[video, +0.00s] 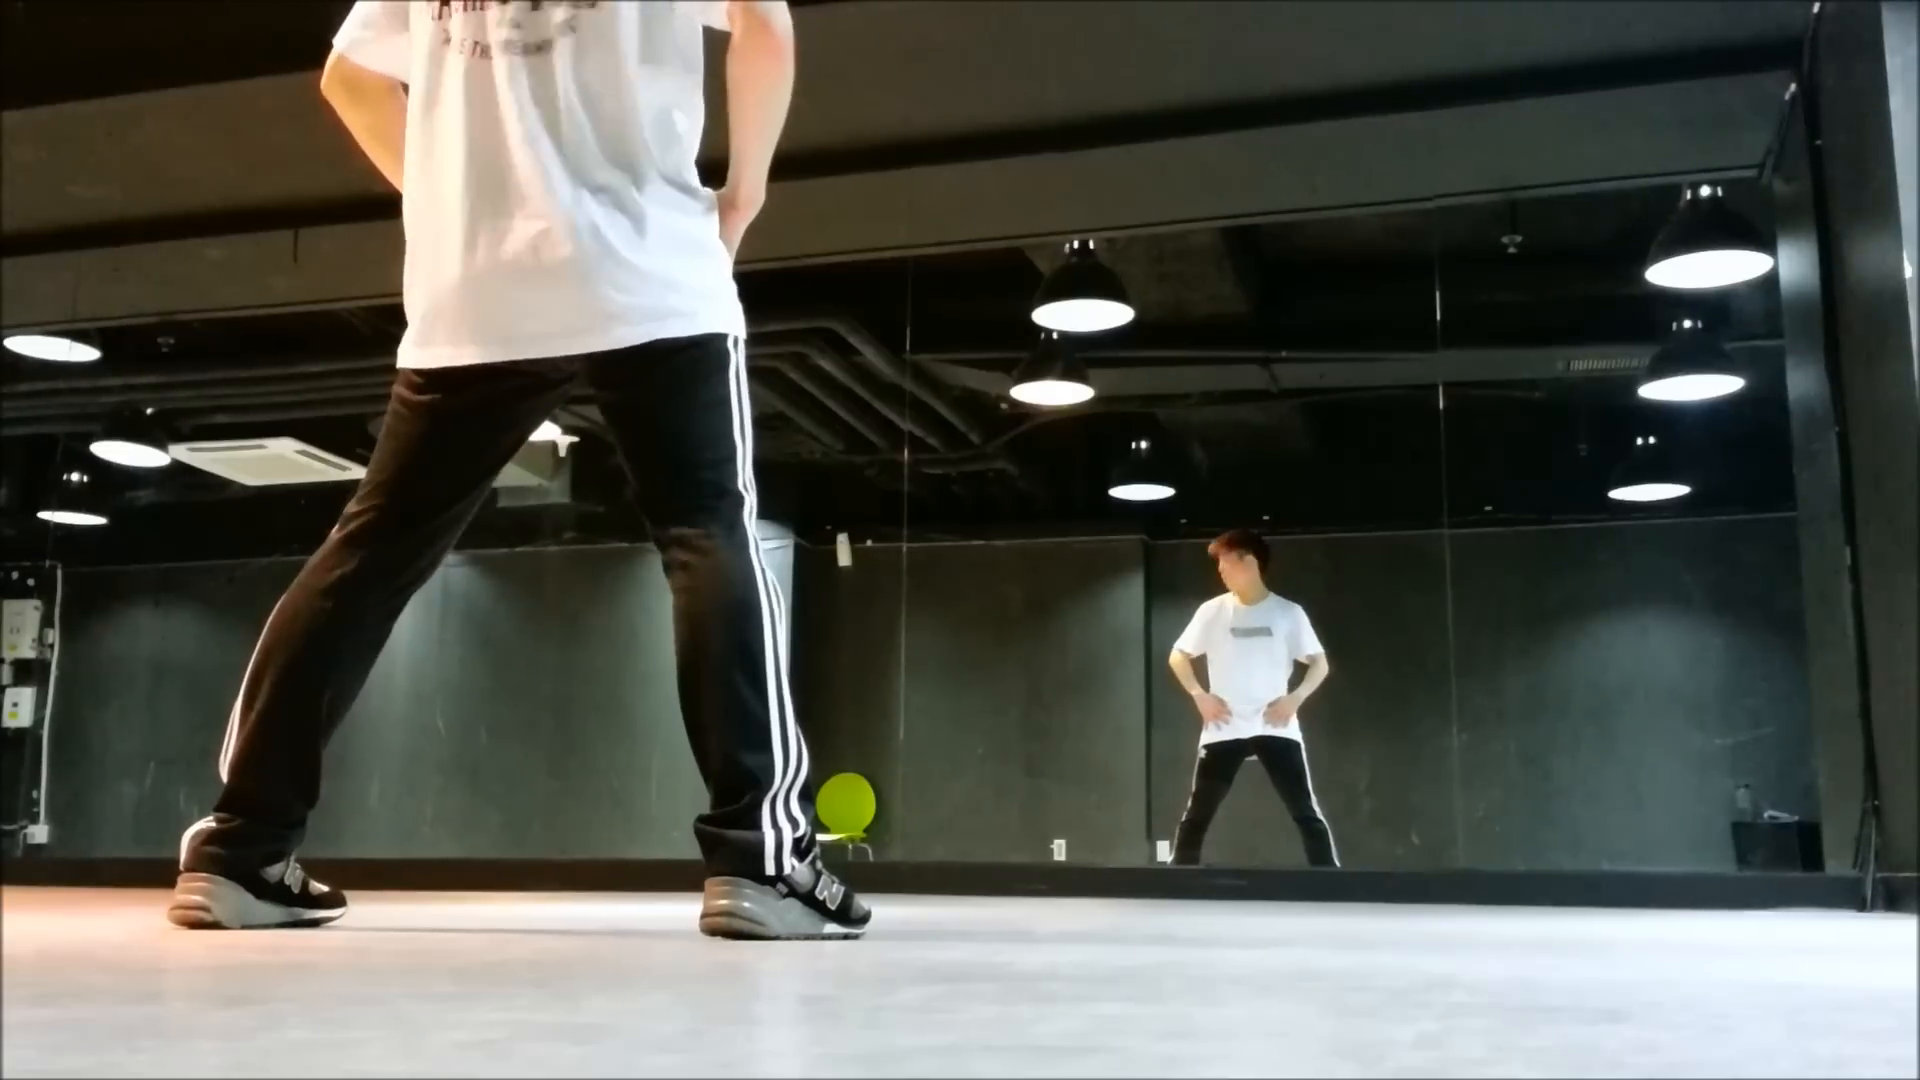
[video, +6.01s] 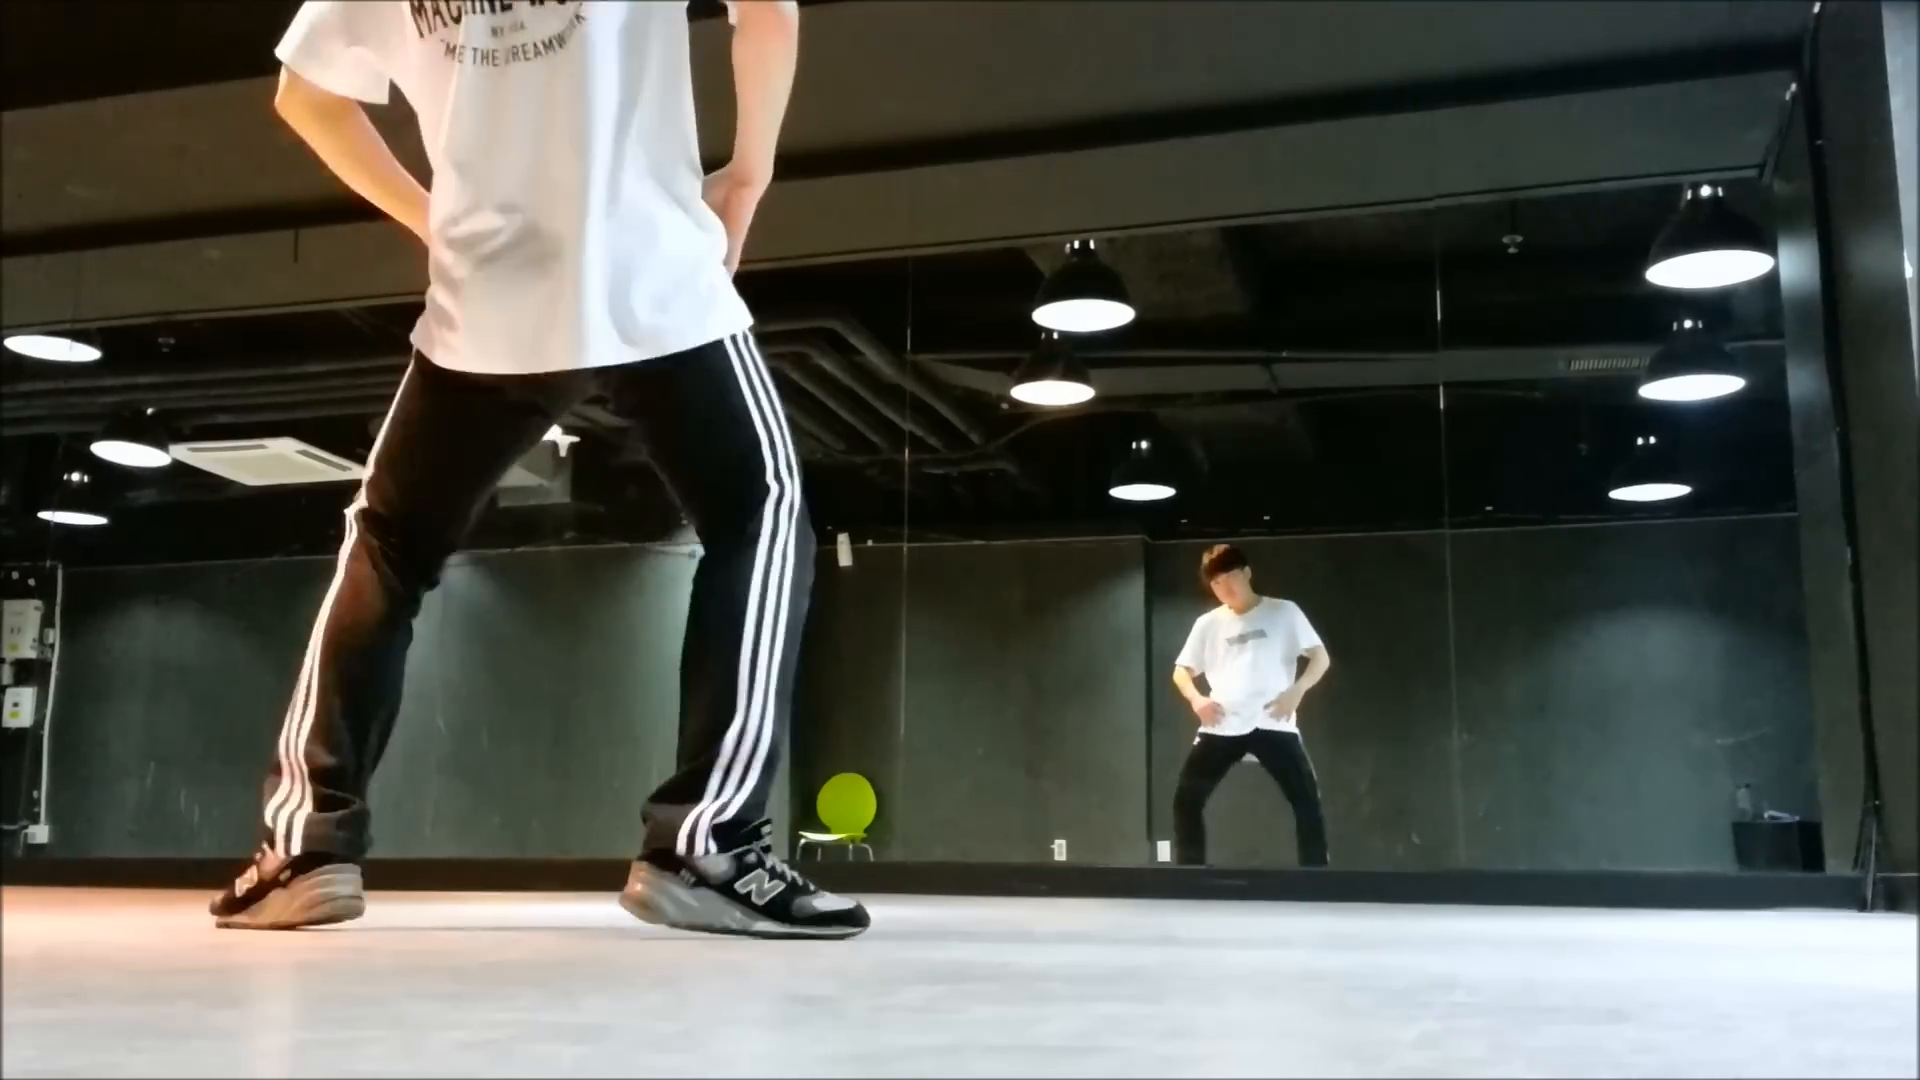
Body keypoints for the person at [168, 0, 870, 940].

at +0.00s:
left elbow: (353, 75)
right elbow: (762, 24)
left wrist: (461, 200)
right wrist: (746, 183)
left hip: (474, 261)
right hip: (650, 260)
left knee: (371, 551)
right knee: (710, 541)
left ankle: (238, 845)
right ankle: (762, 856)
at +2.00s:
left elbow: (376, 81)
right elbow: (771, 48)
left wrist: (476, 207)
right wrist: (767, 204)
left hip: (495, 275)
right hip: (663, 274)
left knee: (380, 555)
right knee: (726, 545)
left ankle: (240, 844)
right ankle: (758, 851)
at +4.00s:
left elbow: (350, 69)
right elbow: (754, 22)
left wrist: (458, 198)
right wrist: (758, 190)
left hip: (482, 254)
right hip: (655, 251)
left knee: (370, 551)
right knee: (710, 539)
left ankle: (238, 848)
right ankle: (760, 856)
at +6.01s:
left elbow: (306, 92)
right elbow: (766, 11)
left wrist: (431, 216)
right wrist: (746, 174)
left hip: (485, 280)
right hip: (654, 267)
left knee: (386, 549)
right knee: (761, 515)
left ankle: (307, 840)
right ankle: (706, 843)